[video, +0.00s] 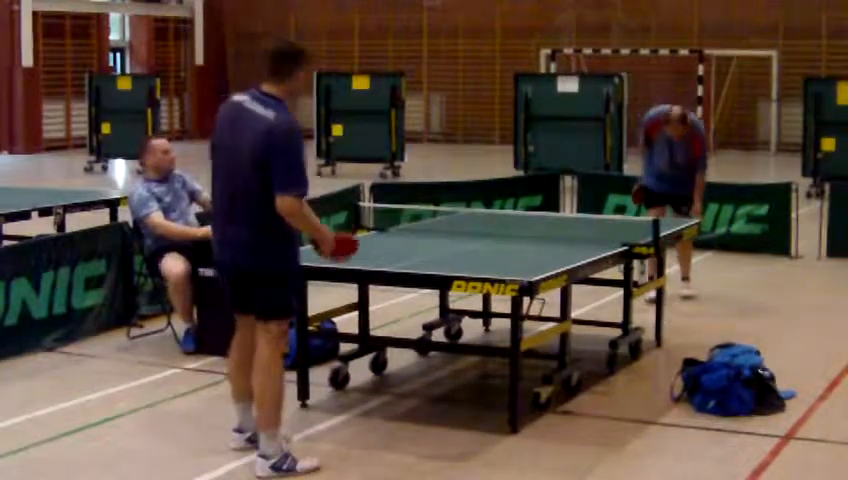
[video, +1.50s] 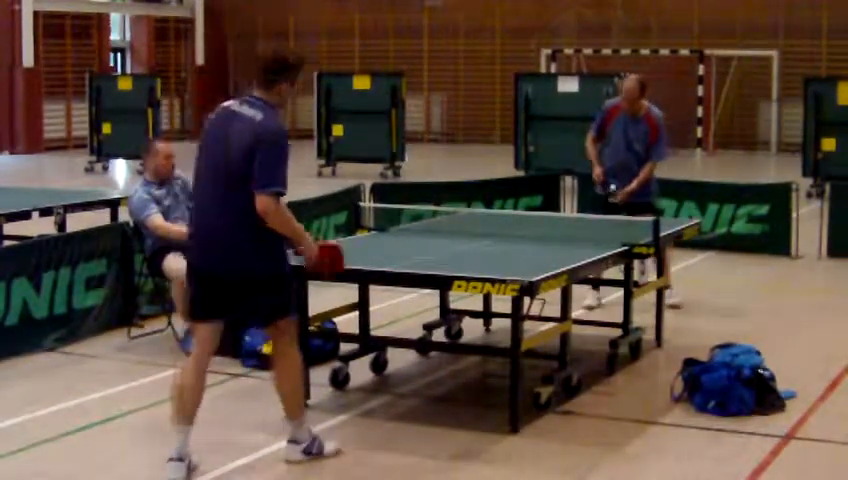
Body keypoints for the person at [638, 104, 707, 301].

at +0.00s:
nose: (675, 134)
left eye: (679, 131)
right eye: (672, 130)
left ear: (686, 125)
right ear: (666, 123)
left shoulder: (696, 130)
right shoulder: (652, 121)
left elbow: (700, 170)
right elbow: (645, 149)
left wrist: (697, 202)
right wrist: (645, 179)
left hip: (684, 184)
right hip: (656, 182)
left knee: (685, 231)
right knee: (655, 230)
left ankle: (685, 280)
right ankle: (653, 282)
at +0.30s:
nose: (671, 102)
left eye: (675, 98)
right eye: (669, 97)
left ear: (683, 98)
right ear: (664, 95)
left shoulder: (694, 116)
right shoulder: (649, 109)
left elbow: (699, 151)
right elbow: (632, 141)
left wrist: (685, 156)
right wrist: (629, 174)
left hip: (677, 182)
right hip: (648, 181)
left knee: (682, 230)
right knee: (648, 230)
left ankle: (685, 279)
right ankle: (650, 277)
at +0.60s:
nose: (658, 94)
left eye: (662, 90)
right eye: (655, 90)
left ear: (670, 88)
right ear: (649, 88)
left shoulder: (682, 106)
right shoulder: (637, 105)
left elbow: (691, 139)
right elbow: (620, 140)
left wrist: (673, 118)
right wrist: (625, 168)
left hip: (672, 177)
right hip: (644, 178)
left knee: (677, 228)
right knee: (647, 230)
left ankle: (679, 281)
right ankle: (649, 276)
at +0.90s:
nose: (652, 98)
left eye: (655, 94)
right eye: (649, 93)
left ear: (666, 91)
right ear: (645, 90)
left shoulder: (681, 108)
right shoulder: (635, 106)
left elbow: (692, 144)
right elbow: (619, 138)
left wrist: (677, 161)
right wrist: (627, 164)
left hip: (672, 182)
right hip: (643, 181)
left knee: (672, 234)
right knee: (645, 232)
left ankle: (669, 284)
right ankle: (648, 275)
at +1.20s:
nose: (648, 99)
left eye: (652, 94)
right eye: (645, 94)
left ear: (662, 91)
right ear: (641, 90)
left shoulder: (677, 111)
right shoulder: (634, 104)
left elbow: (683, 151)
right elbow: (621, 133)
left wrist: (663, 181)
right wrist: (621, 159)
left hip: (663, 181)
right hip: (634, 178)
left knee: (666, 235)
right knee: (626, 229)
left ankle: (668, 286)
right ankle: (617, 283)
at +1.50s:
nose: (627, 103)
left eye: (631, 99)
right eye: (624, 98)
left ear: (642, 97)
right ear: (620, 94)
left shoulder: (653, 118)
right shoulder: (610, 110)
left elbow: (653, 160)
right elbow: (591, 138)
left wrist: (630, 188)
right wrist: (596, 165)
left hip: (639, 186)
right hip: (609, 184)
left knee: (655, 237)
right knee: (601, 237)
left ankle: (665, 287)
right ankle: (594, 290)